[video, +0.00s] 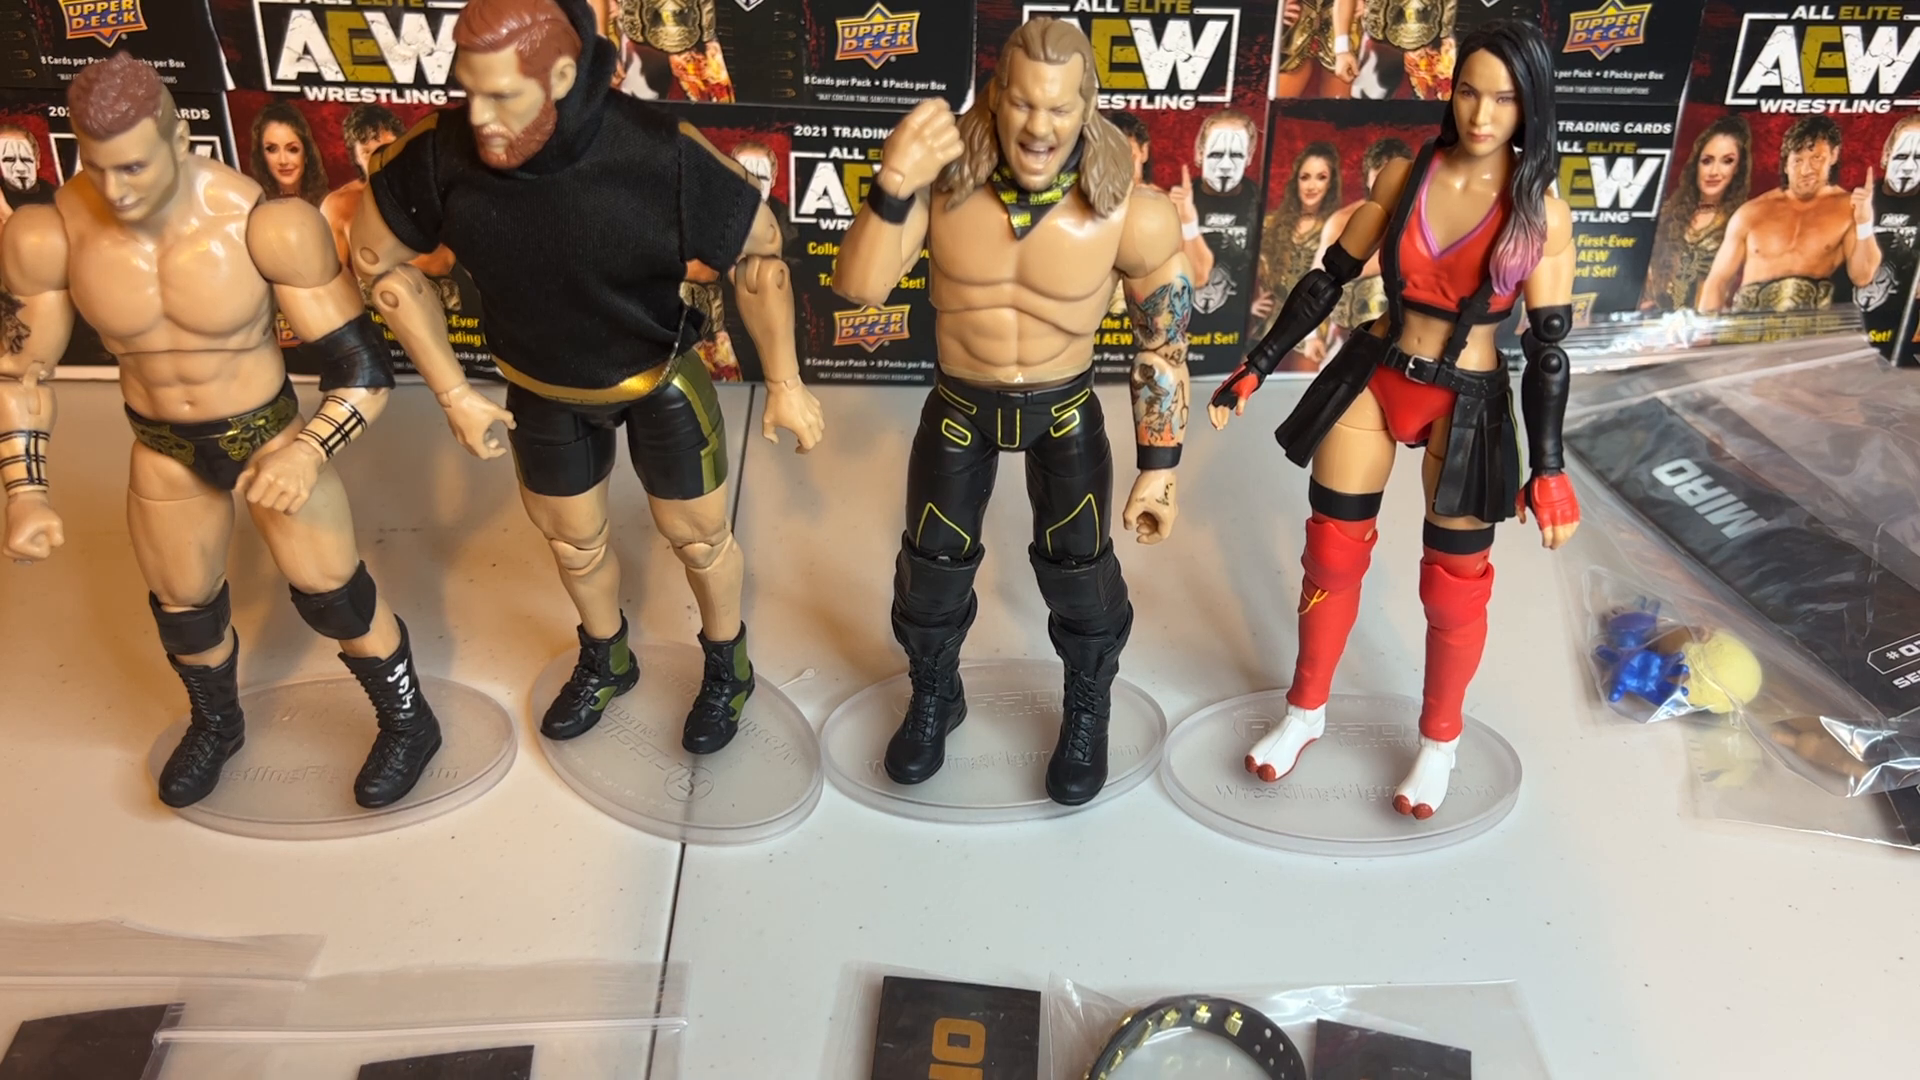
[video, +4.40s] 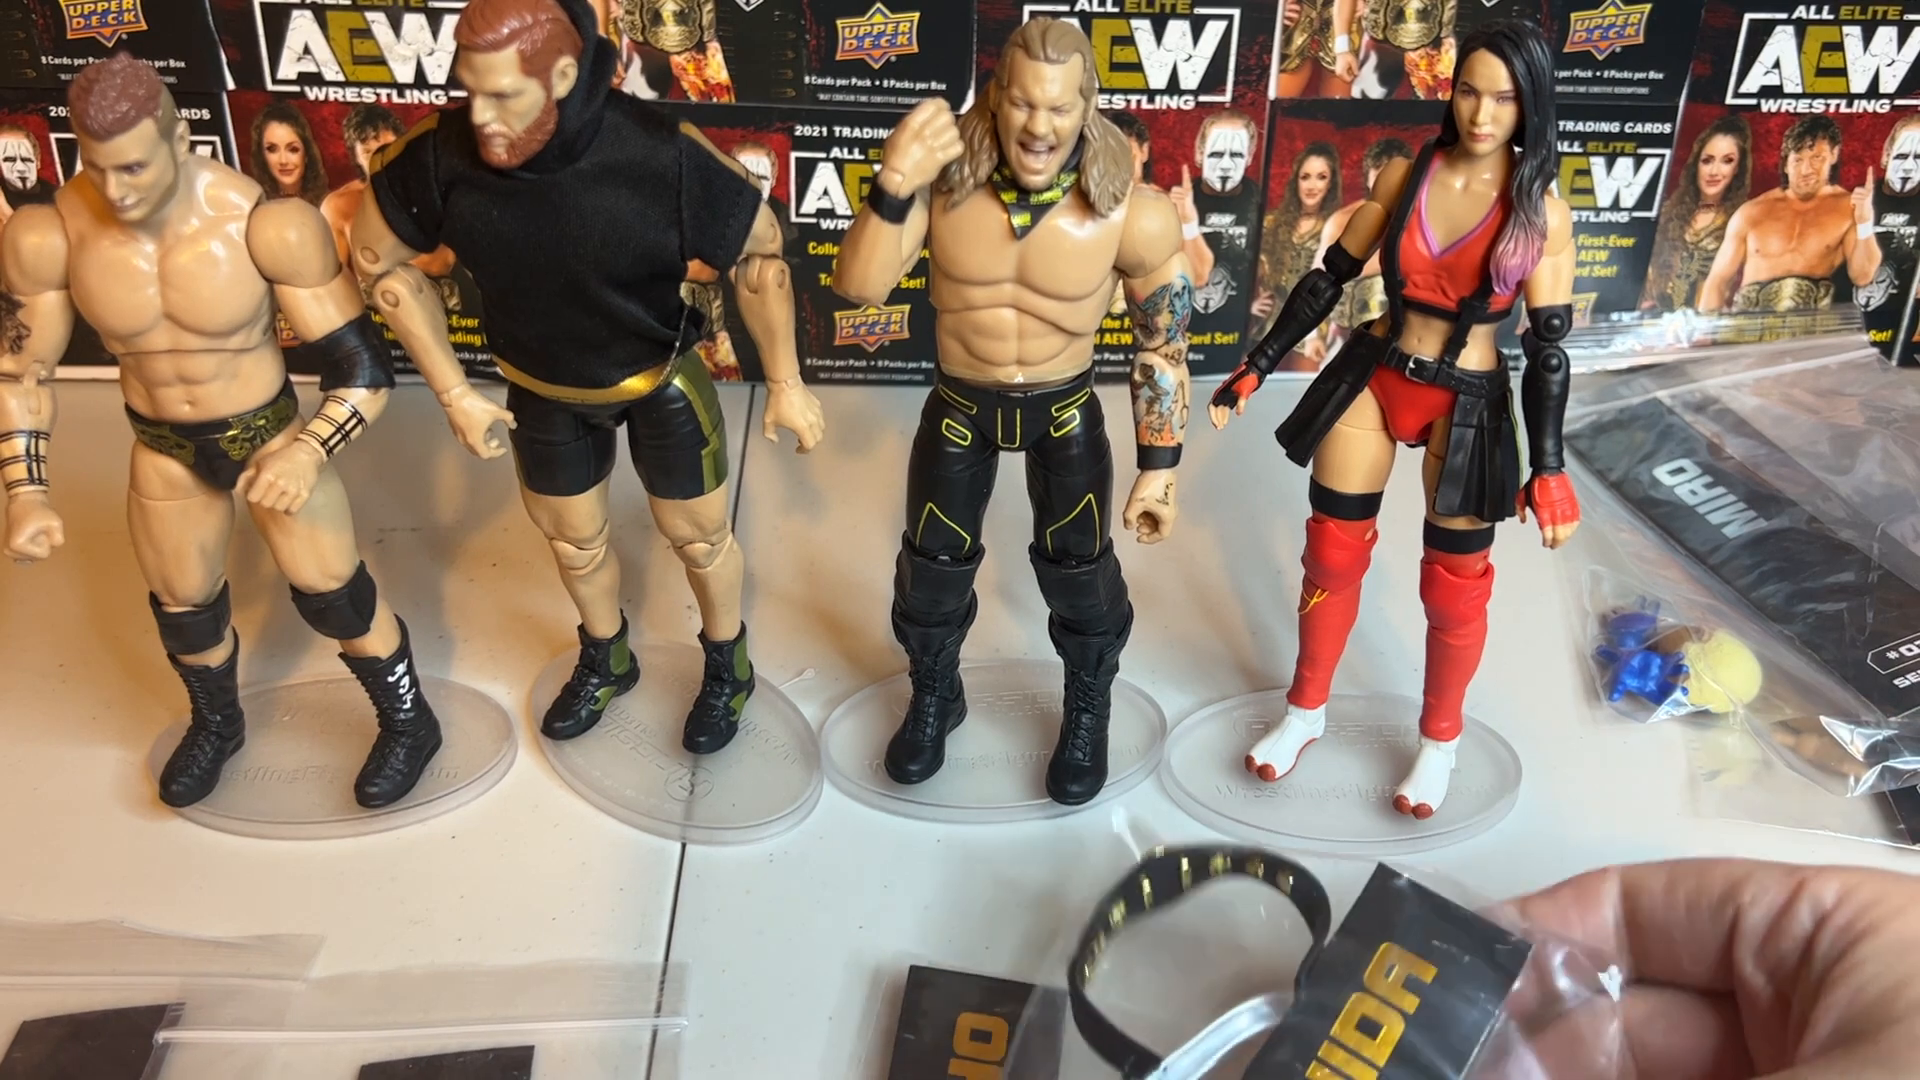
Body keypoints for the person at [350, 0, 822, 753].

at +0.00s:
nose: (481, 119)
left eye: (502, 96)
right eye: (468, 95)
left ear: (564, 76)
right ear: (456, 81)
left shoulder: (653, 155)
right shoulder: (442, 158)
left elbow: (757, 246)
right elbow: (373, 252)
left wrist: (784, 381)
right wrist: (452, 392)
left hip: (661, 382)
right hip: (542, 395)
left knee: (700, 541)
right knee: (575, 547)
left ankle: (726, 667)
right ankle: (607, 661)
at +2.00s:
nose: (481, 119)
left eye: (503, 96)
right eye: (468, 95)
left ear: (564, 77)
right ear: (457, 81)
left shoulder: (653, 156)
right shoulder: (443, 159)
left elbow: (757, 246)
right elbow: (372, 251)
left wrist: (784, 381)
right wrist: (452, 392)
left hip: (661, 382)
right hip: (542, 394)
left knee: (700, 540)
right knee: (575, 545)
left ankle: (726, 666)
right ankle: (607, 660)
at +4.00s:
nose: (481, 119)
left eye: (503, 96)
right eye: (468, 96)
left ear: (565, 77)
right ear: (456, 81)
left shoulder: (653, 155)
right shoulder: (443, 159)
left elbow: (757, 246)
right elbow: (372, 252)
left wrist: (785, 382)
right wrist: (453, 393)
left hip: (662, 382)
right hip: (543, 394)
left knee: (700, 540)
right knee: (575, 546)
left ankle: (726, 666)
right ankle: (607, 660)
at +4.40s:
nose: (482, 118)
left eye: (503, 96)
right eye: (469, 95)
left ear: (564, 76)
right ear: (457, 81)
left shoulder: (654, 155)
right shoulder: (443, 159)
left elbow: (758, 247)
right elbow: (372, 252)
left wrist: (785, 381)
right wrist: (453, 392)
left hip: (662, 381)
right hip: (544, 393)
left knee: (700, 539)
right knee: (576, 546)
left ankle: (726, 666)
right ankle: (607, 660)